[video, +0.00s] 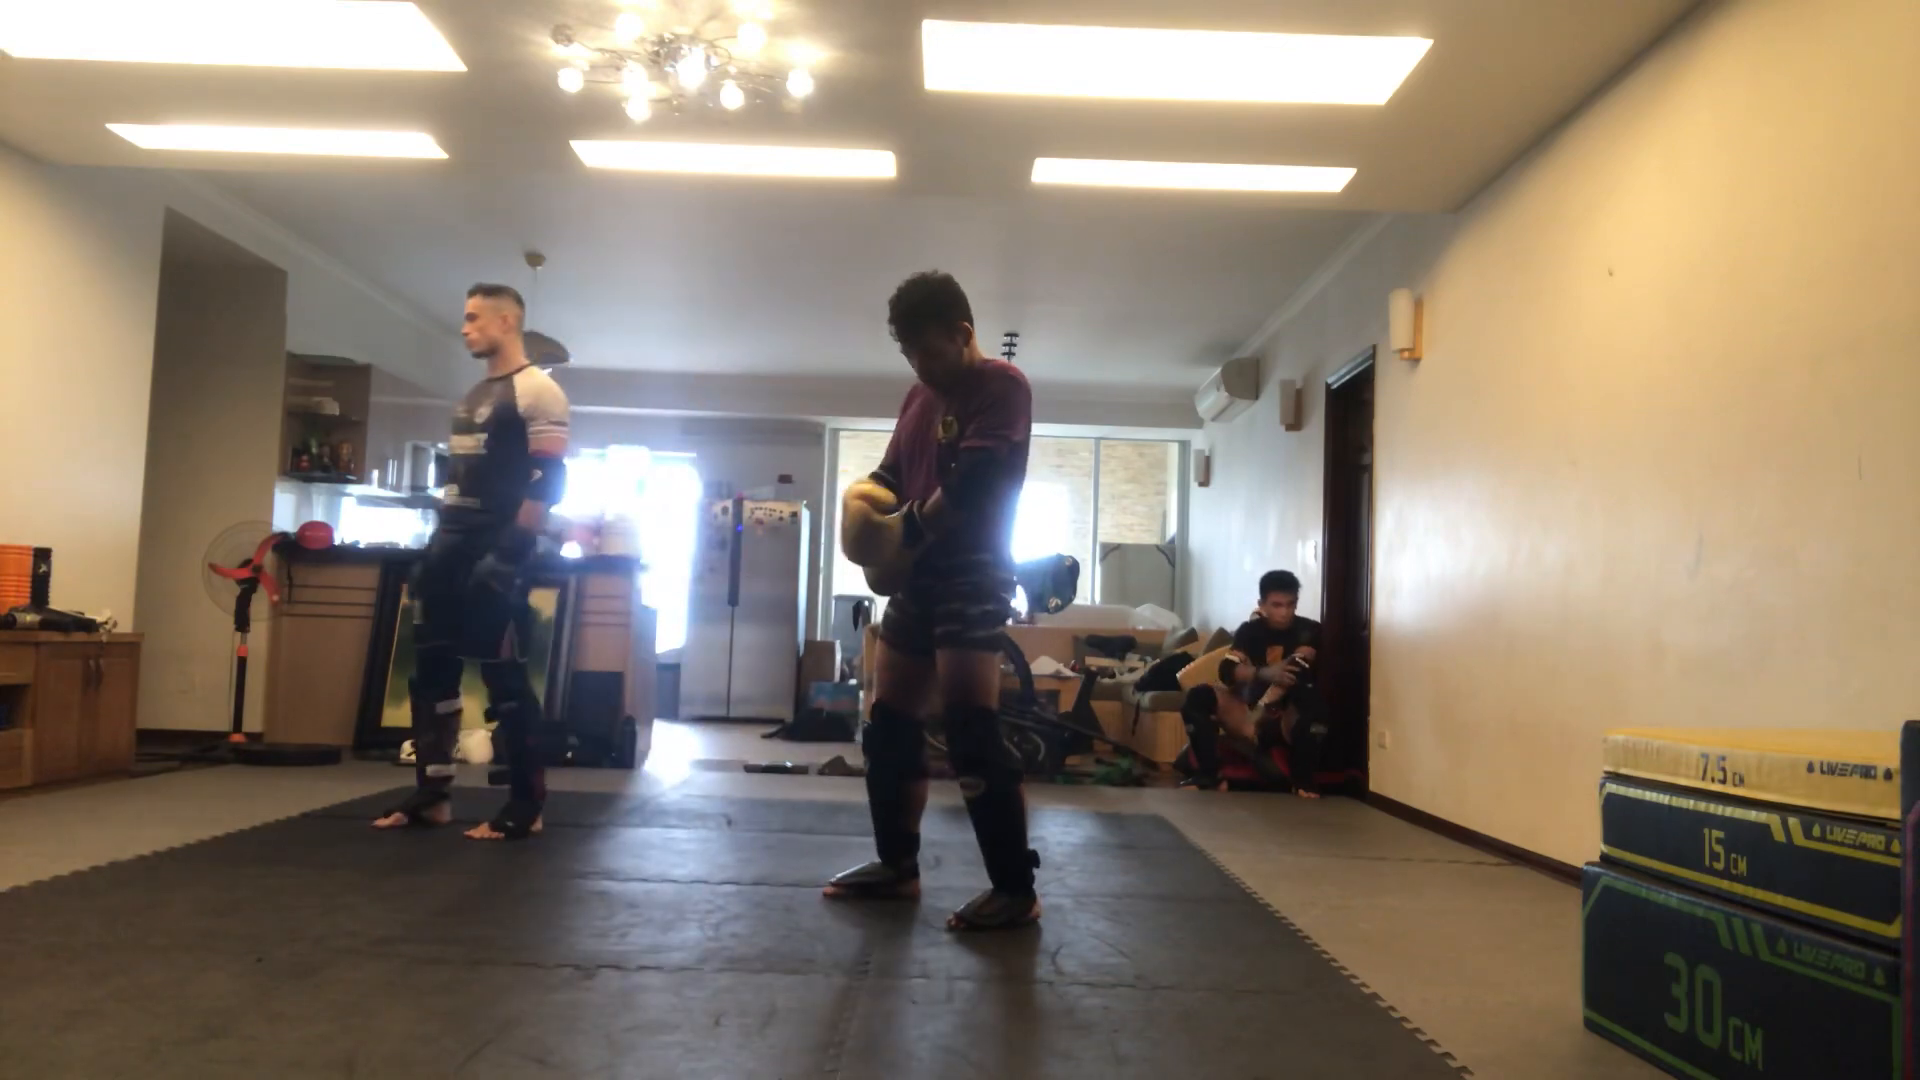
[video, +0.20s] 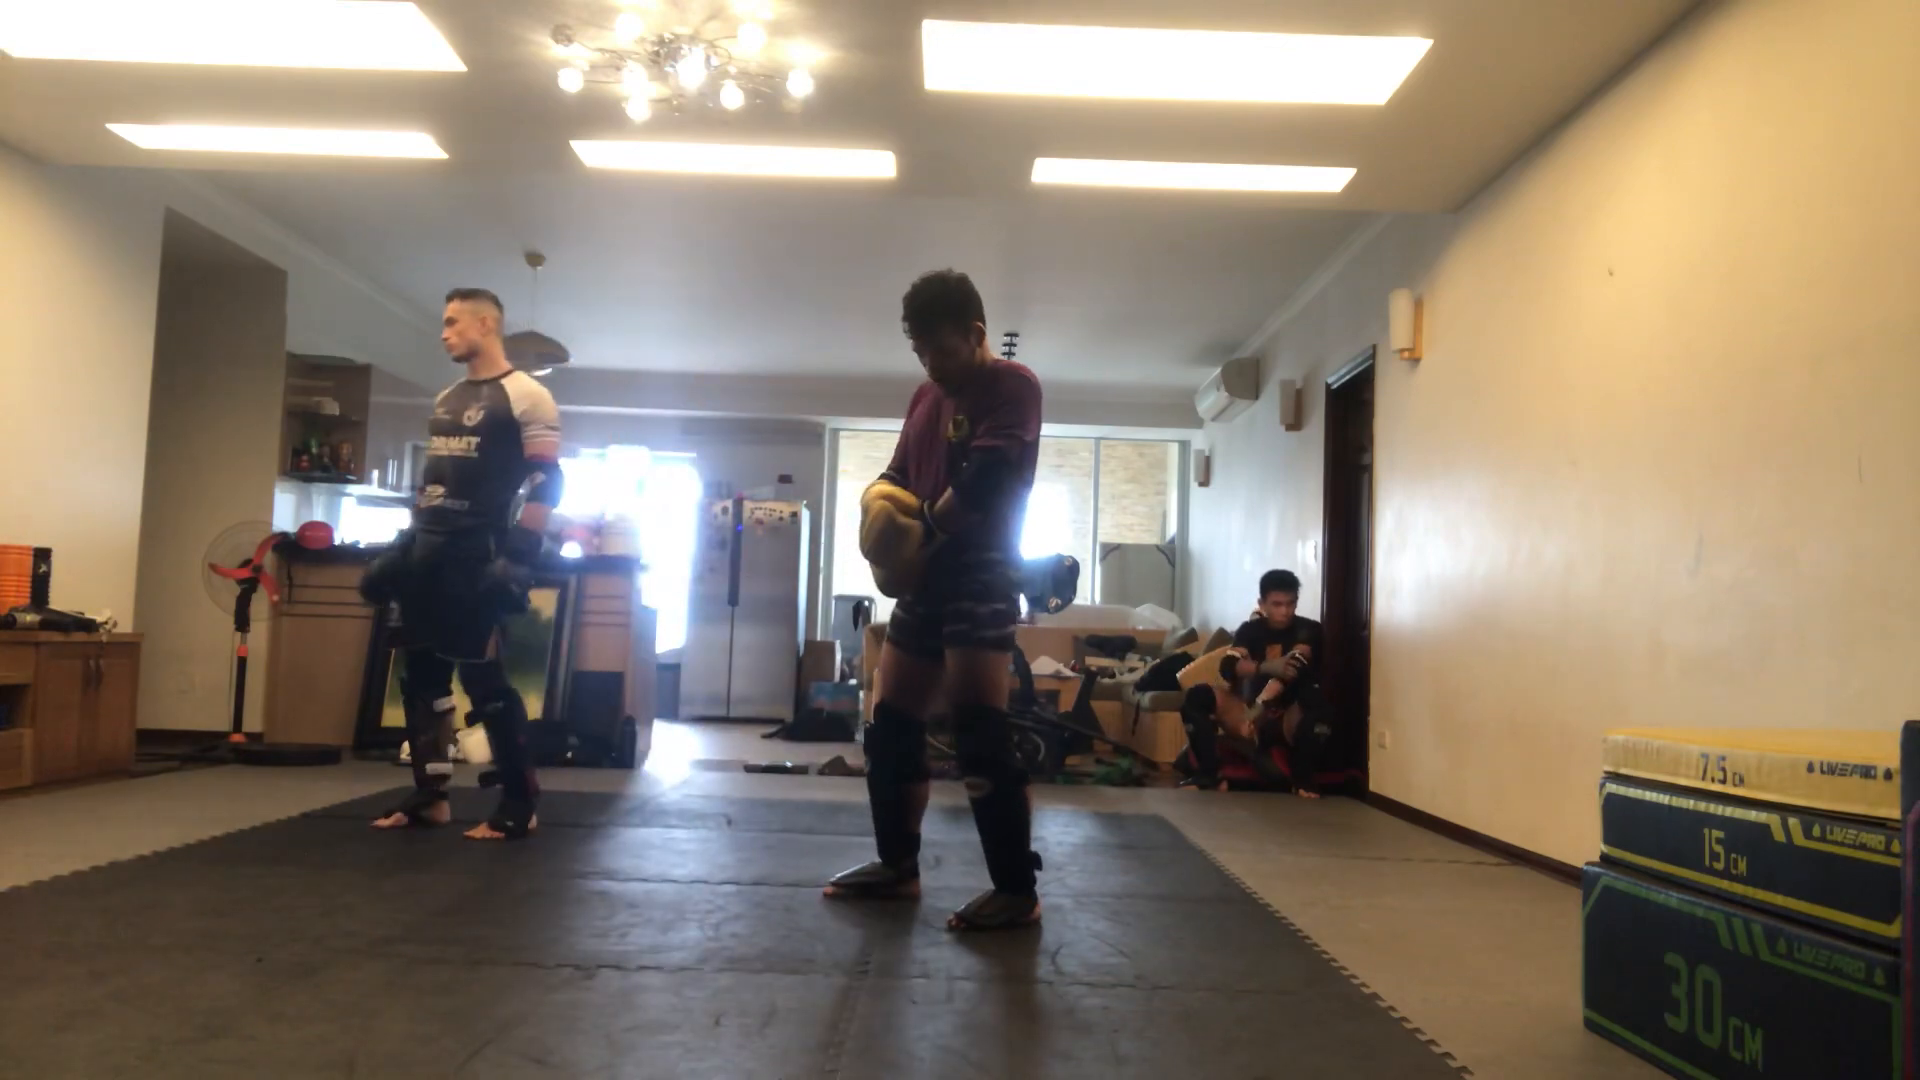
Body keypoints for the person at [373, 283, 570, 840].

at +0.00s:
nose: (463, 329)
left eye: (473, 318)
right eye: (464, 320)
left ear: (508, 321)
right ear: (487, 327)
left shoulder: (539, 389)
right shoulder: (475, 394)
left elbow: (546, 484)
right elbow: (459, 483)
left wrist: (508, 554)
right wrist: (436, 549)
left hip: (499, 551)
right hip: (452, 547)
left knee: (503, 672)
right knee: (434, 667)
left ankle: (525, 804)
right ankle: (432, 796)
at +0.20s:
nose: (444, 333)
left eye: (452, 323)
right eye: (443, 325)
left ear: (488, 325)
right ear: (471, 329)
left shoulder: (527, 394)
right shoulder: (447, 399)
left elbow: (546, 484)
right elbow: (435, 487)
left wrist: (518, 555)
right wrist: (403, 553)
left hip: (481, 552)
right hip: (429, 549)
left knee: (482, 675)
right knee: (421, 673)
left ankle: (519, 803)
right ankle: (430, 797)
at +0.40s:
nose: (431, 333)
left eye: (440, 323)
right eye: (431, 325)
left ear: (477, 325)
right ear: (455, 330)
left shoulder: (520, 396)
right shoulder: (427, 399)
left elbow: (539, 487)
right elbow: (409, 484)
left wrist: (517, 554)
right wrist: (377, 547)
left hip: (471, 553)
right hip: (416, 551)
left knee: (466, 674)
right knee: (415, 675)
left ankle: (496, 809)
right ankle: (430, 799)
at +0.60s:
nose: (426, 333)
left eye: (436, 323)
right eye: (424, 325)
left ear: (471, 324)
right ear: (431, 331)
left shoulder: (515, 396)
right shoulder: (421, 399)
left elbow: (537, 485)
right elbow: (404, 484)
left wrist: (522, 554)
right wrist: (374, 545)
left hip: (470, 554)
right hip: (413, 553)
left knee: (471, 678)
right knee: (412, 679)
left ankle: (490, 808)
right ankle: (430, 800)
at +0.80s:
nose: (426, 333)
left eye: (436, 323)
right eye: (423, 324)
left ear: (470, 325)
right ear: (426, 331)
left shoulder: (512, 396)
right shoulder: (416, 399)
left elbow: (536, 485)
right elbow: (405, 487)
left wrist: (524, 553)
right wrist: (384, 552)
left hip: (472, 554)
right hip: (416, 553)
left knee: (478, 678)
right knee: (412, 680)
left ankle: (491, 807)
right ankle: (429, 799)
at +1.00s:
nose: (423, 335)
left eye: (432, 324)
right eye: (419, 326)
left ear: (466, 324)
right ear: (419, 333)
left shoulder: (510, 395)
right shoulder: (415, 400)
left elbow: (533, 484)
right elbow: (407, 488)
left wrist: (518, 553)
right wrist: (389, 556)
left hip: (471, 553)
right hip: (415, 552)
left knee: (479, 679)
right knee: (413, 679)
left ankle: (491, 806)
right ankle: (429, 799)